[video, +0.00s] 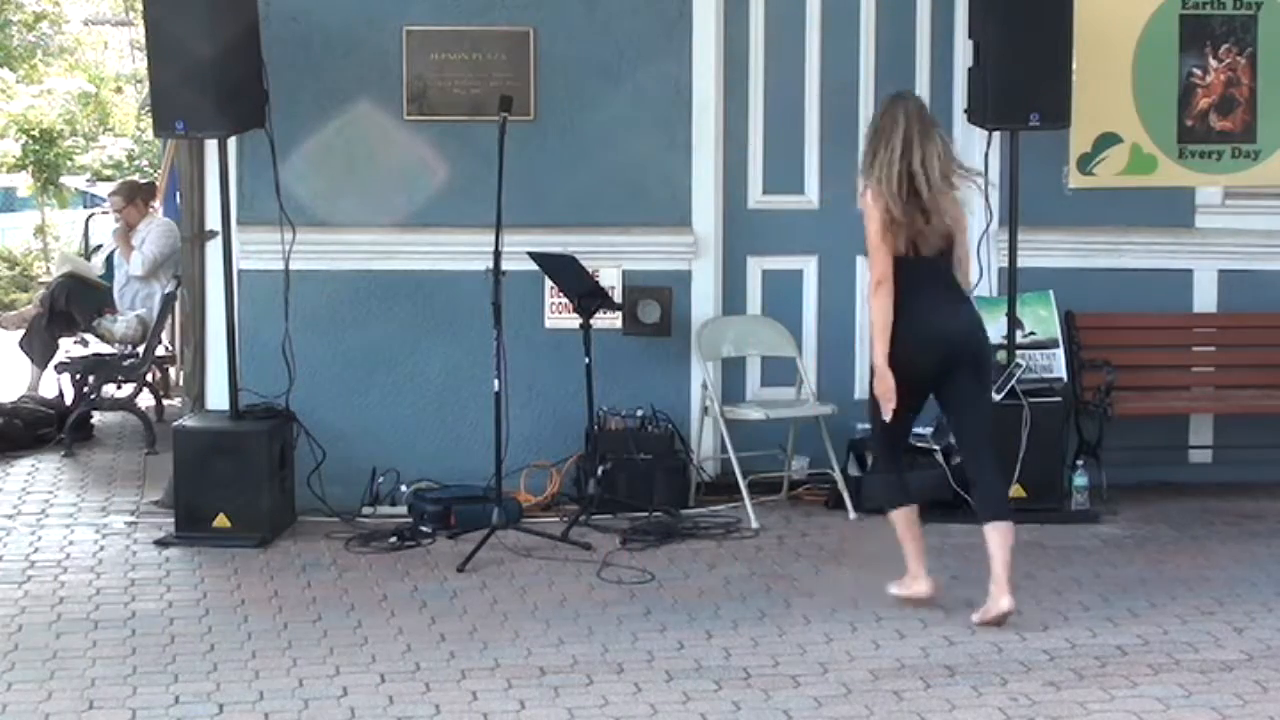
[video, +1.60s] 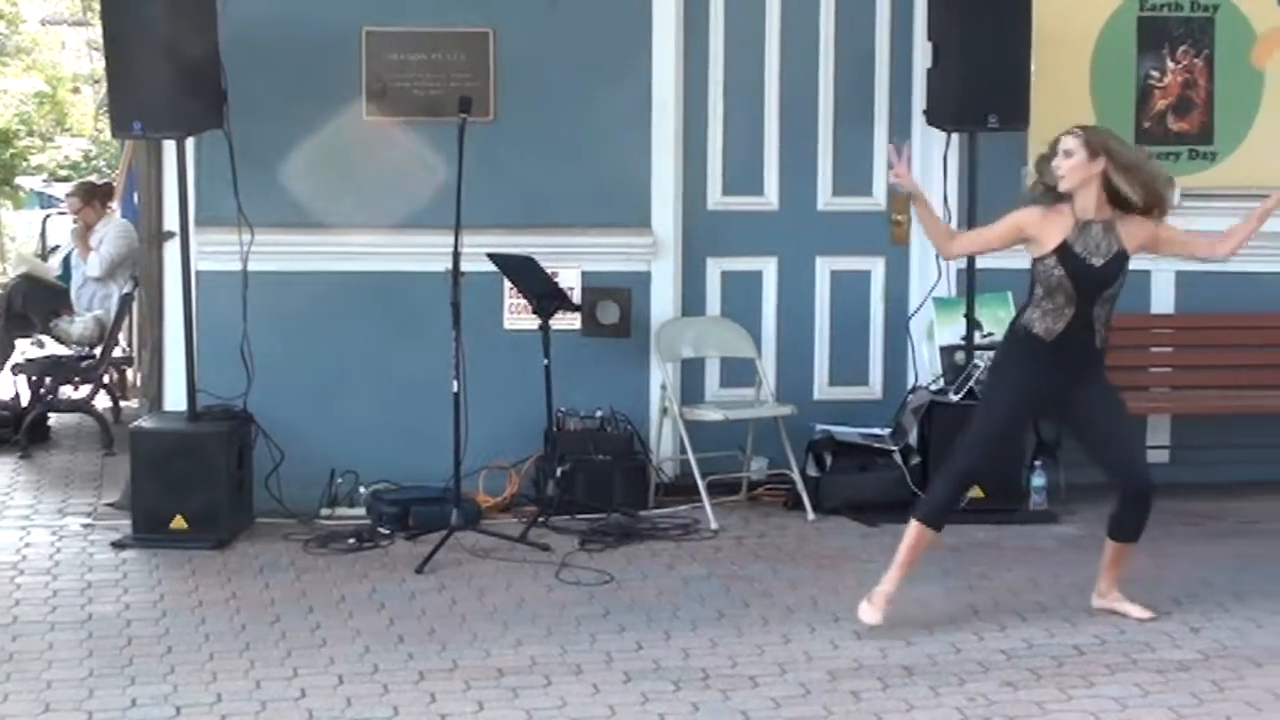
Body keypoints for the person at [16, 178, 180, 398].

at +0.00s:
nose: (117, 218)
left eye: (119, 212)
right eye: (114, 213)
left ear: (139, 205)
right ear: (136, 206)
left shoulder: (164, 229)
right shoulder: (127, 234)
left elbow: (141, 267)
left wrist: (123, 242)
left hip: (140, 318)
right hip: (119, 312)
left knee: (69, 285)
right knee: (45, 319)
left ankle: (34, 310)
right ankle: (32, 390)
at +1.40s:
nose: (105, 219)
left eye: (107, 212)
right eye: (102, 214)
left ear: (125, 204)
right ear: (122, 206)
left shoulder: (150, 229)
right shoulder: (113, 233)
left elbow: (127, 268)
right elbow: (84, 269)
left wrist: (110, 242)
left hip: (127, 317)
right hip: (105, 309)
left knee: (55, 283)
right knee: (33, 320)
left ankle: (25, 310)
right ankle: (18, 388)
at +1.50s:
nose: (89, 220)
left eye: (92, 213)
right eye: (86, 215)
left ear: (110, 204)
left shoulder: (135, 230)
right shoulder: (98, 235)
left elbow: (112, 269)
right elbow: (68, 271)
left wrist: (94, 244)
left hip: (114, 317)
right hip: (91, 309)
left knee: (37, 286)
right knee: (14, 323)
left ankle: (16, 311)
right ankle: (8, 384)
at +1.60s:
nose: (75, 219)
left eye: (77, 213)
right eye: (72, 215)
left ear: (96, 204)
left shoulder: (121, 230)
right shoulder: (84, 233)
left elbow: (100, 269)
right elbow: (55, 270)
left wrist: (81, 245)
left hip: (101, 319)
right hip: (76, 310)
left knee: (25, 286)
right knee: (9, 323)